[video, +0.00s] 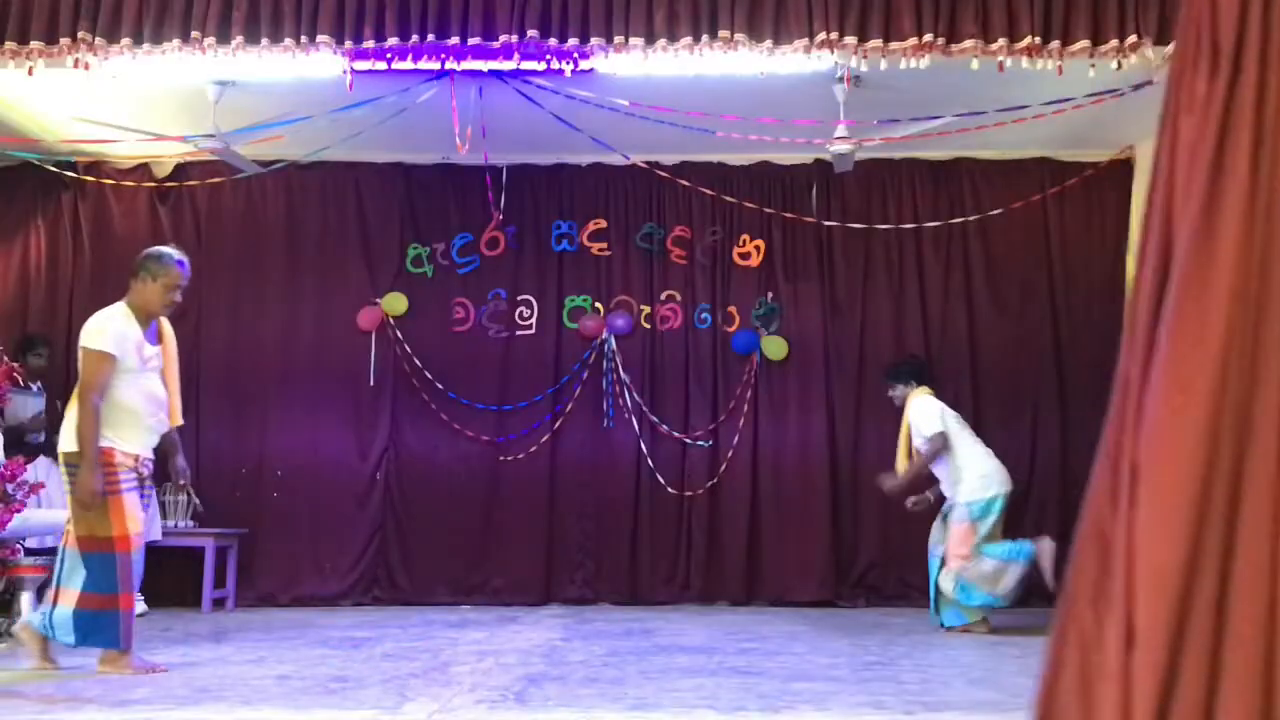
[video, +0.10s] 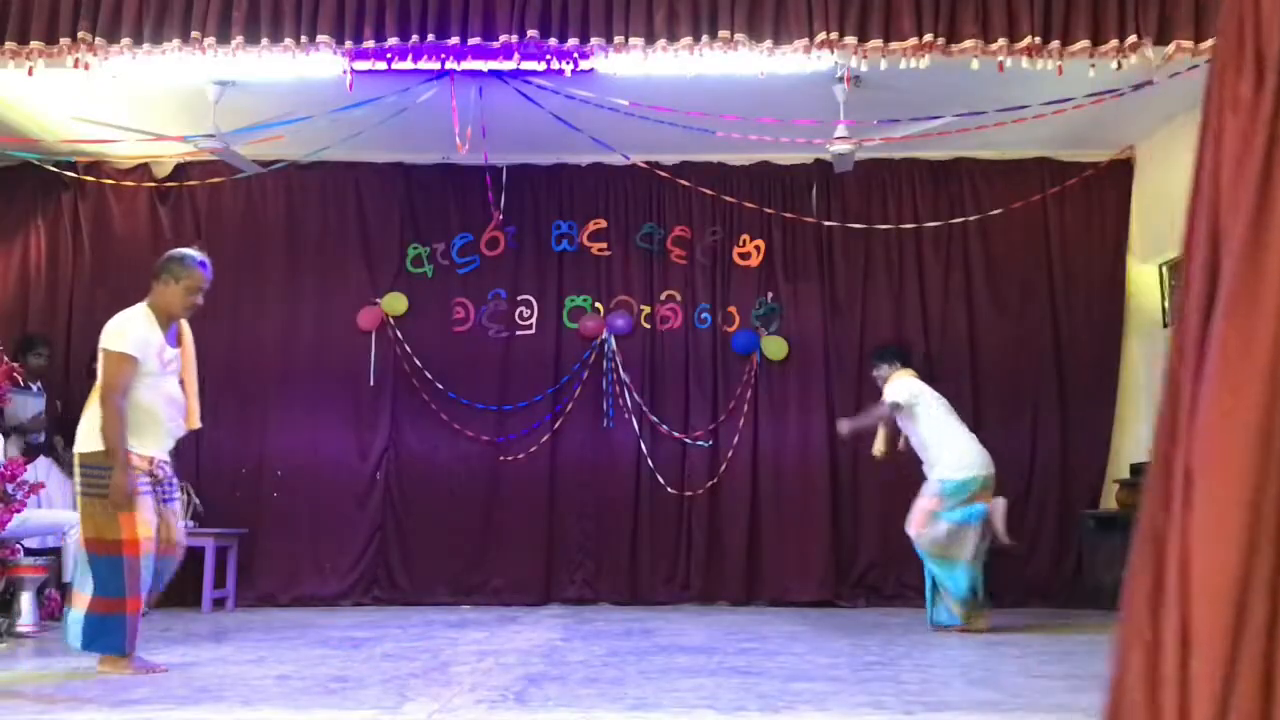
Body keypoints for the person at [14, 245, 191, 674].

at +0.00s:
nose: (177, 299)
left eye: (181, 290)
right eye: (172, 288)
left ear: (167, 289)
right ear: (142, 281)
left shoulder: (152, 331)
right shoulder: (108, 325)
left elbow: (154, 400)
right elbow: (88, 397)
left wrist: (174, 453)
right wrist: (88, 465)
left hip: (131, 455)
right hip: (99, 452)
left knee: (105, 549)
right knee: (125, 545)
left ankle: (39, 626)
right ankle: (117, 653)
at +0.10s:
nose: (199, 301)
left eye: (203, 293)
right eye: (192, 291)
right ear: (163, 283)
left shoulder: (173, 334)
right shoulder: (129, 327)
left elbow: (165, 406)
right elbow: (112, 399)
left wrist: (162, 462)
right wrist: (120, 466)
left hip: (152, 456)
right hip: (114, 453)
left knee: (171, 543)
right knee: (133, 543)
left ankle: (121, 639)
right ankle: (115, 653)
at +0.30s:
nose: (246, 289)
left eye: (251, 281)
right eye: (240, 278)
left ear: (241, 280)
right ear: (210, 270)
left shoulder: (217, 321)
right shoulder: (178, 313)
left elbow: (207, 386)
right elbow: (161, 382)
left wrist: (205, 446)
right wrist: (195, 449)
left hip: (197, 446)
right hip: (156, 443)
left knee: (217, 532)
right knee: (135, 538)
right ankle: (113, 644)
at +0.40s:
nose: (270, 291)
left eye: (273, 282)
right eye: (265, 280)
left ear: (247, 277)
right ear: (235, 273)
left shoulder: (232, 323)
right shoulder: (202, 316)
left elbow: (219, 389)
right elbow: (191, 385)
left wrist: (234, 446)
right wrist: (227, 450)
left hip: (219, 450)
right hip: (182, 448)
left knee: (237, 542)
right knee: (155, 541)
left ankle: (248, 644)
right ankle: (115, 642)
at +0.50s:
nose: (293, 289)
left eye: (295, 280)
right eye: (287, 278)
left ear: (269, 279)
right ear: (258, 274)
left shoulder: (261, 324)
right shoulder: (227, 319)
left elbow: (253, 392)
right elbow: (218, 390)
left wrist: (263, 452)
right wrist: (247, 459)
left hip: (253, 452)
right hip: (213, 451)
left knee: (266, 544)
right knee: (194, 544)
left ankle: (261, 646)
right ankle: (128, 636)